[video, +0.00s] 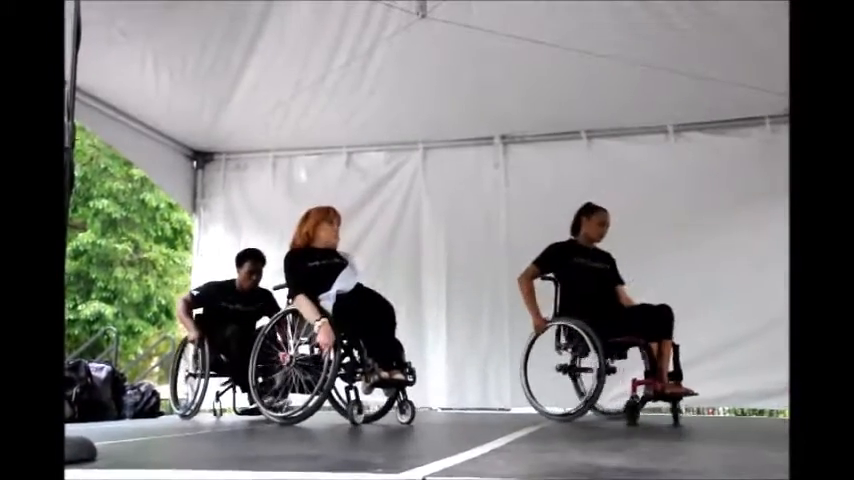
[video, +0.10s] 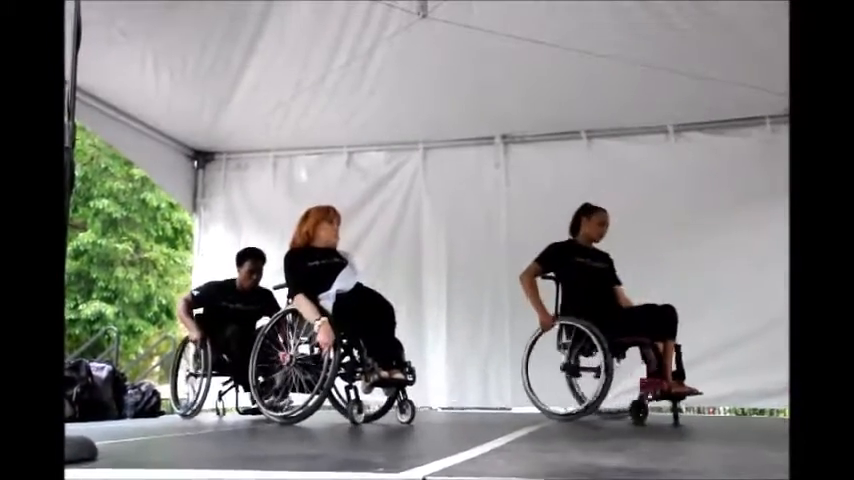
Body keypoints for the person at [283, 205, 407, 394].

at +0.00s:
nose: (336, 231)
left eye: (337, 227)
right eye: (331, 226)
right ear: (315, 228)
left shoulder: (337, 257)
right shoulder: (296, 257)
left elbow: (348, 285)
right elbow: (298, 296)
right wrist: (320, 322)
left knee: (383, 309)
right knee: (368, 315)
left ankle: (387, 365)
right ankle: (384, 366)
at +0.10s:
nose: (335, 230)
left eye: (336, 225)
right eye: (329, 224)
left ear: (338, 228)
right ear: (313, 227)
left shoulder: (337, 256)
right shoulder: (296, 256)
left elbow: (348, 284)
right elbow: (297, 296)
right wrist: (320, 322)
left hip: (356, 297)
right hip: (331, 304)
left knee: (383, 309)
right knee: (366, 317)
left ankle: (390, 365)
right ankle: (381, 366)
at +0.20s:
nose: (335, 229)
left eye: (336, 224)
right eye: (329, 223)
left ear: (338, 228)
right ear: (313, 226)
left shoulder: (337, 255)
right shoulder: (296, 256)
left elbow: (348, 283)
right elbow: (296, 296)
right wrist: (318, 320)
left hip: (354, 299)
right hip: (330, 306)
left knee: (383, 308)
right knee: (368, 315)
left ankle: (385, 364)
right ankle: (381, 365)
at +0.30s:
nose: (337, 227)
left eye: (338, 223)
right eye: (331, 221)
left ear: (340, 226)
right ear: (314, 224)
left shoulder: (339, 253)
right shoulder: (297, 254)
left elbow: (350, 281)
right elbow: (295, 295)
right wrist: (316, 317)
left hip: (353, 300)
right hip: (327, 305)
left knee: (382, 305)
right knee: (367, 310)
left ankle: (388, 363)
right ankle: (377, 363)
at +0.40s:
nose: (338, 225)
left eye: (340, 221)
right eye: (331, 220)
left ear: (343, 226)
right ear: (314, 224)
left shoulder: (342, 254)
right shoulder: (298, 253)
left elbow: (351, 282)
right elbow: (293, 294)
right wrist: (313, 316)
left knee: (381, 303)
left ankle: (388, 363)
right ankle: (375, 362)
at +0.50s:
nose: (338, 224)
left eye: (341, 220)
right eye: (330, 218)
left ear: (344, 226)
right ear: (314, 223)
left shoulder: (347, 253)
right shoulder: (297, 254)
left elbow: (362, 284)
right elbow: (291, 294)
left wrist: (386, 307)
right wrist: (308, 315)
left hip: (356, 300)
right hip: (325, 306)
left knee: (377, 300)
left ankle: (387, 363)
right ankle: (369, 363)